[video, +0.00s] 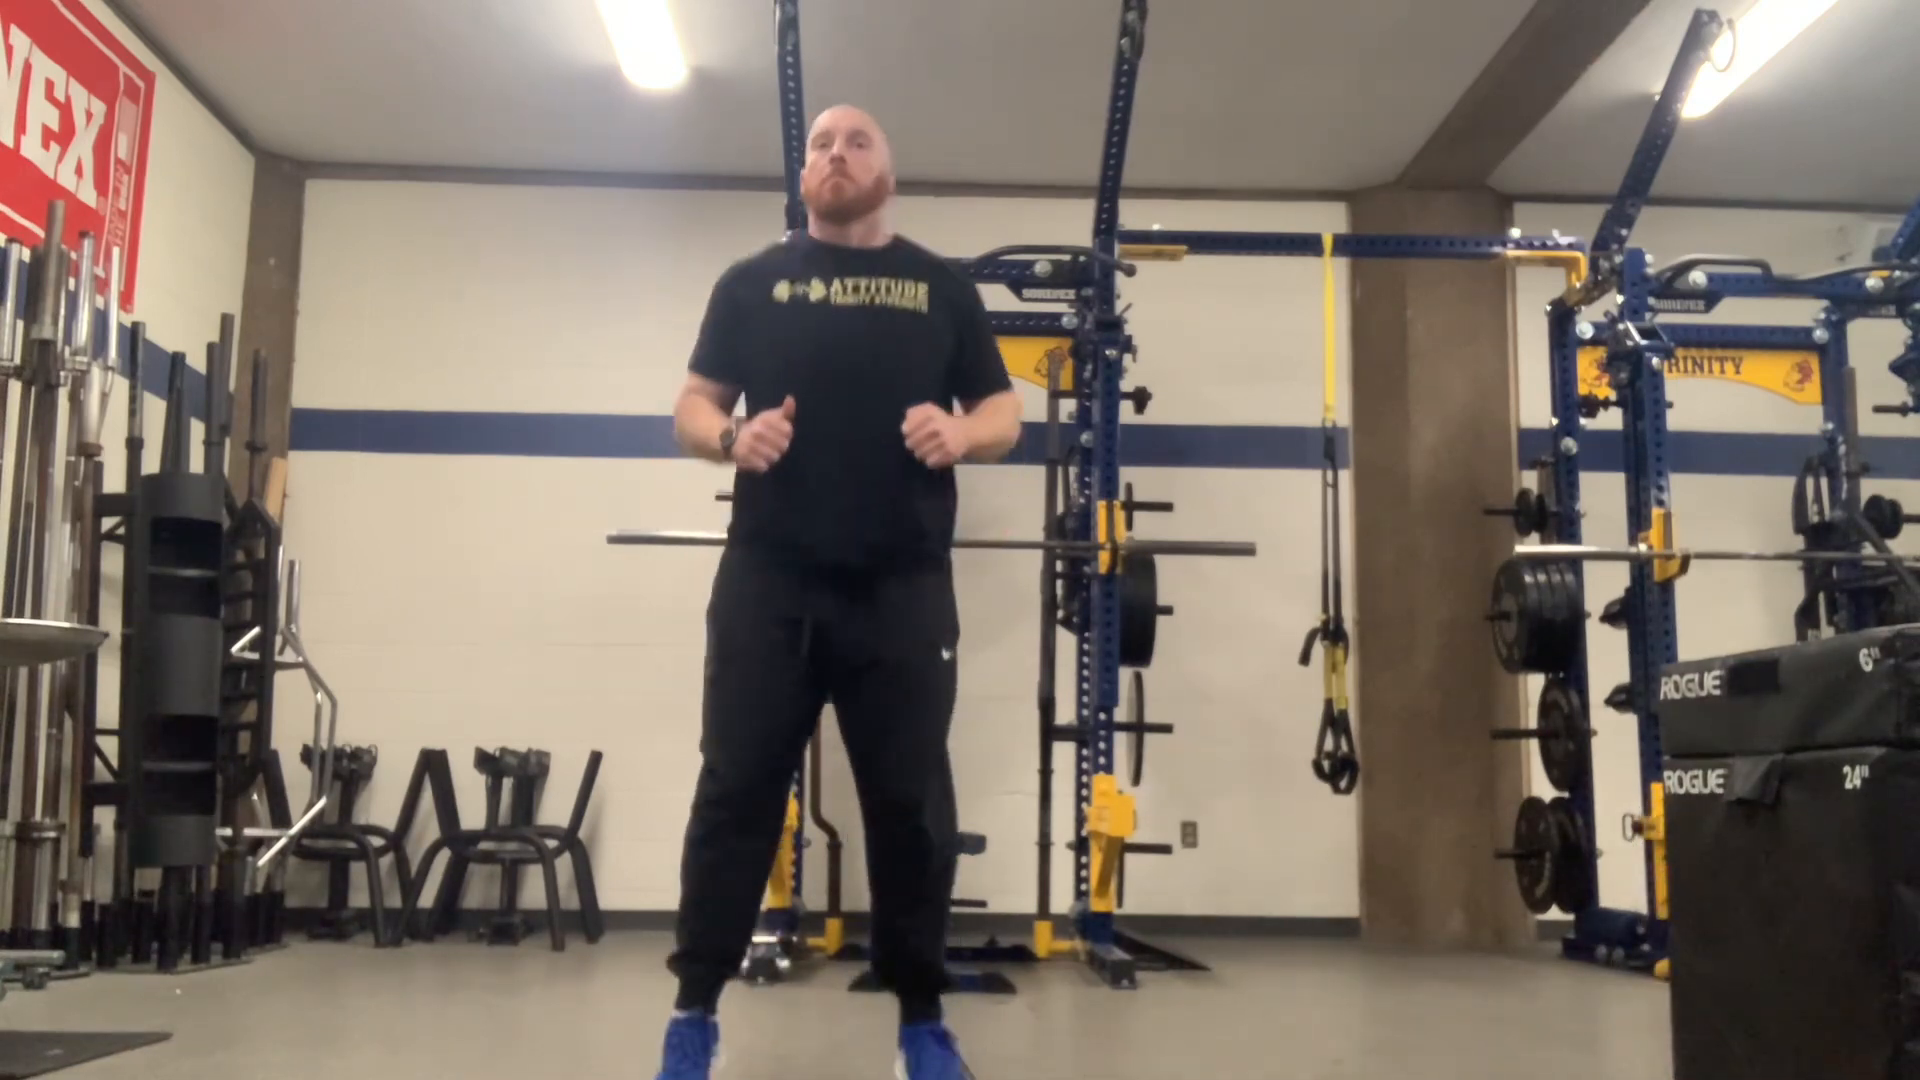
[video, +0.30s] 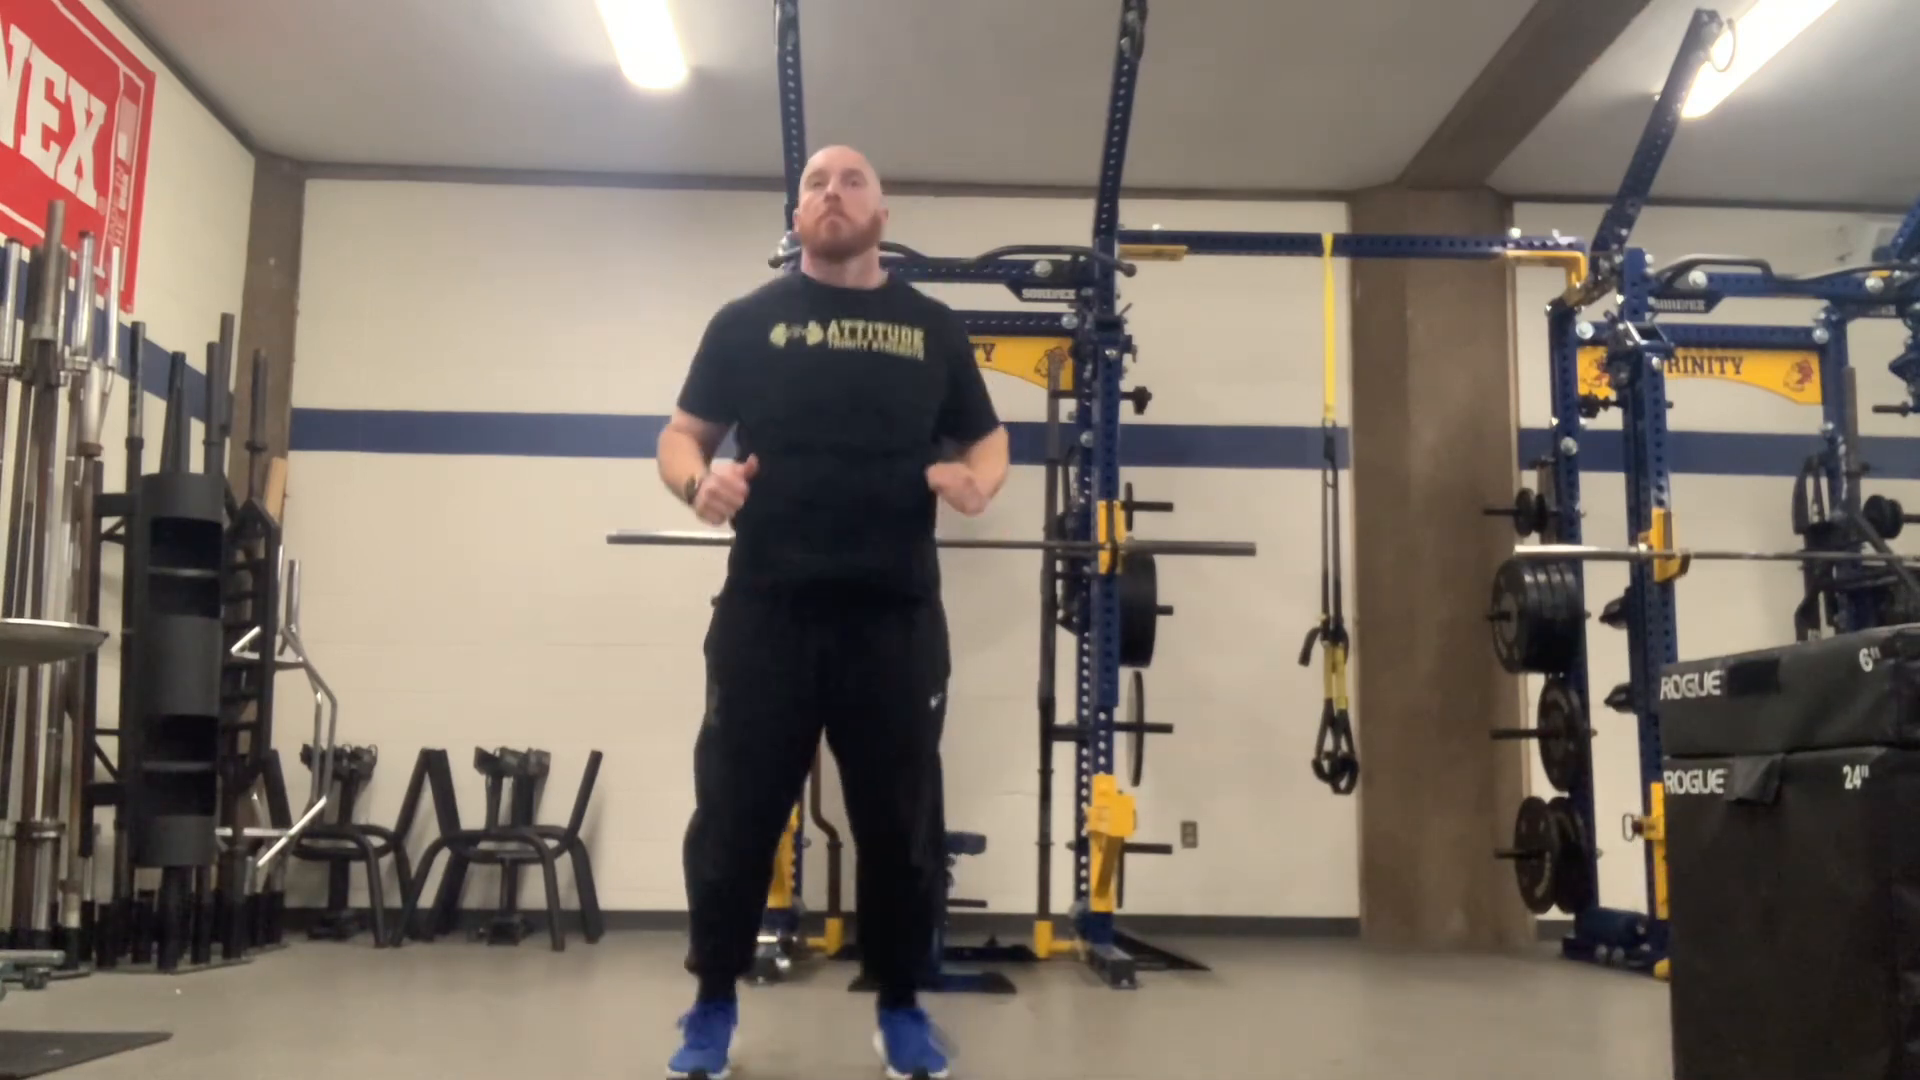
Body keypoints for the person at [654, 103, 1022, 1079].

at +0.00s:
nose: (836, 151)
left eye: (857, 141)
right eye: (820, 144)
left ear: (894, 175)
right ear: (800, 179)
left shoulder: (943, 287)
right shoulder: (751, 284)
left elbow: (1006, 415)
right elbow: (695, 411)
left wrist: (962, 432)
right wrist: (732, 436)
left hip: (901, 587)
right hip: (768, 581)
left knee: (913, 809)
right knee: (734, 795)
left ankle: (922, 1027)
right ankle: (693, 1019)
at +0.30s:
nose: (832, 189)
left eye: (852, 180)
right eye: (816, 181)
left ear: (885, 215)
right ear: (793, 217)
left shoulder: (932, 326)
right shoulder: (744, 323)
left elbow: (989, 445)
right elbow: (679, 443)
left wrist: (976, 477)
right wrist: (698, 478)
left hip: (893, 611)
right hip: (767, 607)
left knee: (900, 822)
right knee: (733, 816)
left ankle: (902, 1013)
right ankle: (712, 1008)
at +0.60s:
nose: (834, 125)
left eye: (853, 116)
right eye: (817, 118)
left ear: (886, 149)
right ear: (794, 153)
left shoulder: (935, 257)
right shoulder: (740, 256)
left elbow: (998, 382)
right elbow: (690, 392)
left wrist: (965, 422)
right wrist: (744, 403)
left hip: (899, 546)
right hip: (767, 542)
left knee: (916, 758)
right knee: (725, 752)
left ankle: (920, 983)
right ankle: (697, 982)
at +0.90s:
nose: (837, 132)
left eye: (858, 121)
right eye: (822, 122)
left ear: (893, 152)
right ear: (801, 154)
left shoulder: (941, 261)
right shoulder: (749, 257)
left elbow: (1004, 385)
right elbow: (704, 379)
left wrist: (962, 421)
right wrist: (736, 411)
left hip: (902, 563)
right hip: (768, 557)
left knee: (911, 785)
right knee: (729, 777)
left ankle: (926, 1010)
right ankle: (693, 1004)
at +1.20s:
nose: (846, 204)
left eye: (867, 194)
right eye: (830, 195)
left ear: (900, 229)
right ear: (807, 229)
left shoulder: (942, 343)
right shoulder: (757, 340)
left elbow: (993, 463)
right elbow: (701, 459)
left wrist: (971, 521)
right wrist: (712, 520)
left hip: (903, 630)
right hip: (777, 627)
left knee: (907, 837)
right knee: (755, 830)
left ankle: (909, 1021)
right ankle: (730, 1009)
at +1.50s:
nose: (835, 143)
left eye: (855, 133)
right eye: (820, 134)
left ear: (890, 164)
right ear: (798, 167)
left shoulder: (942, 274)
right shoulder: (747, 275)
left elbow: (1002, 401)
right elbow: (690, 400)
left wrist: (967, 428)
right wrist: (722, 417)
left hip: (906, 559)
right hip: (773, 555)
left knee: (927, 771)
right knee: (733, 763)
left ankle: (939, 1004)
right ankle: (688, 997)